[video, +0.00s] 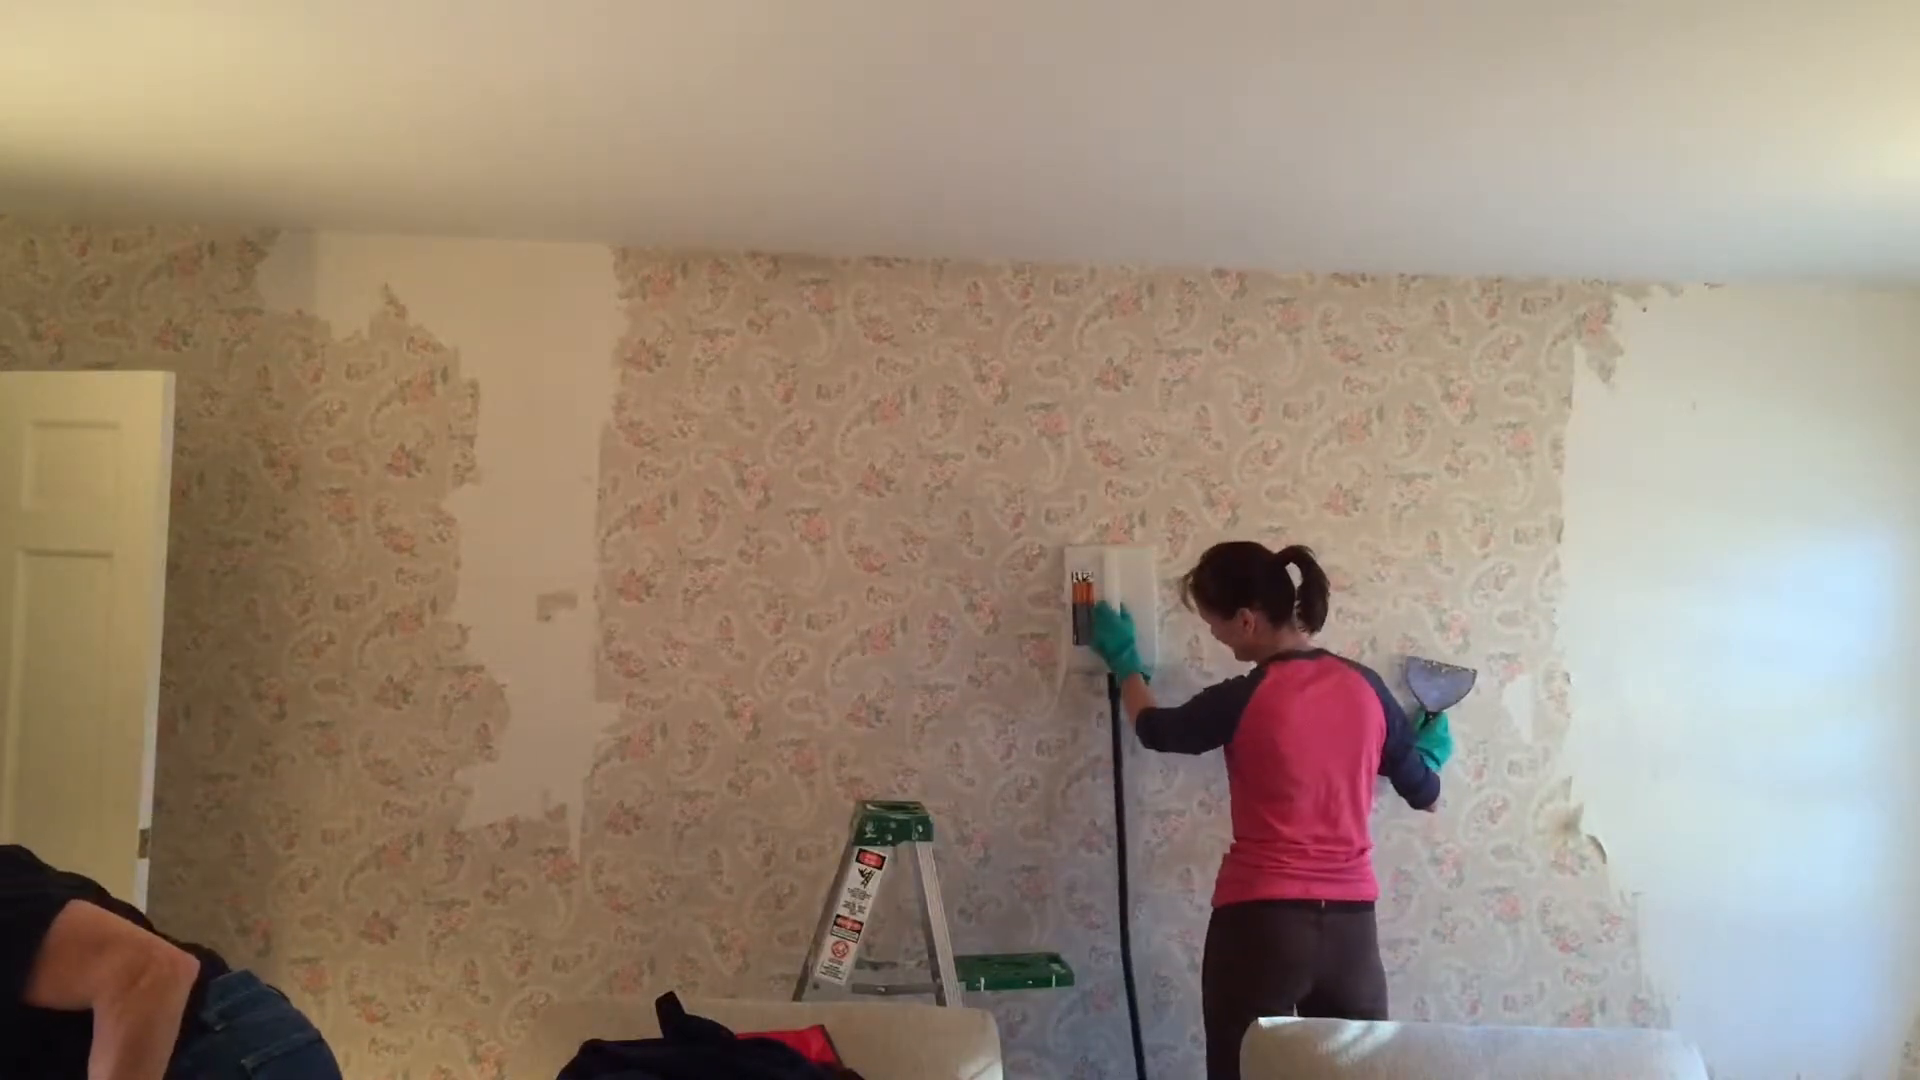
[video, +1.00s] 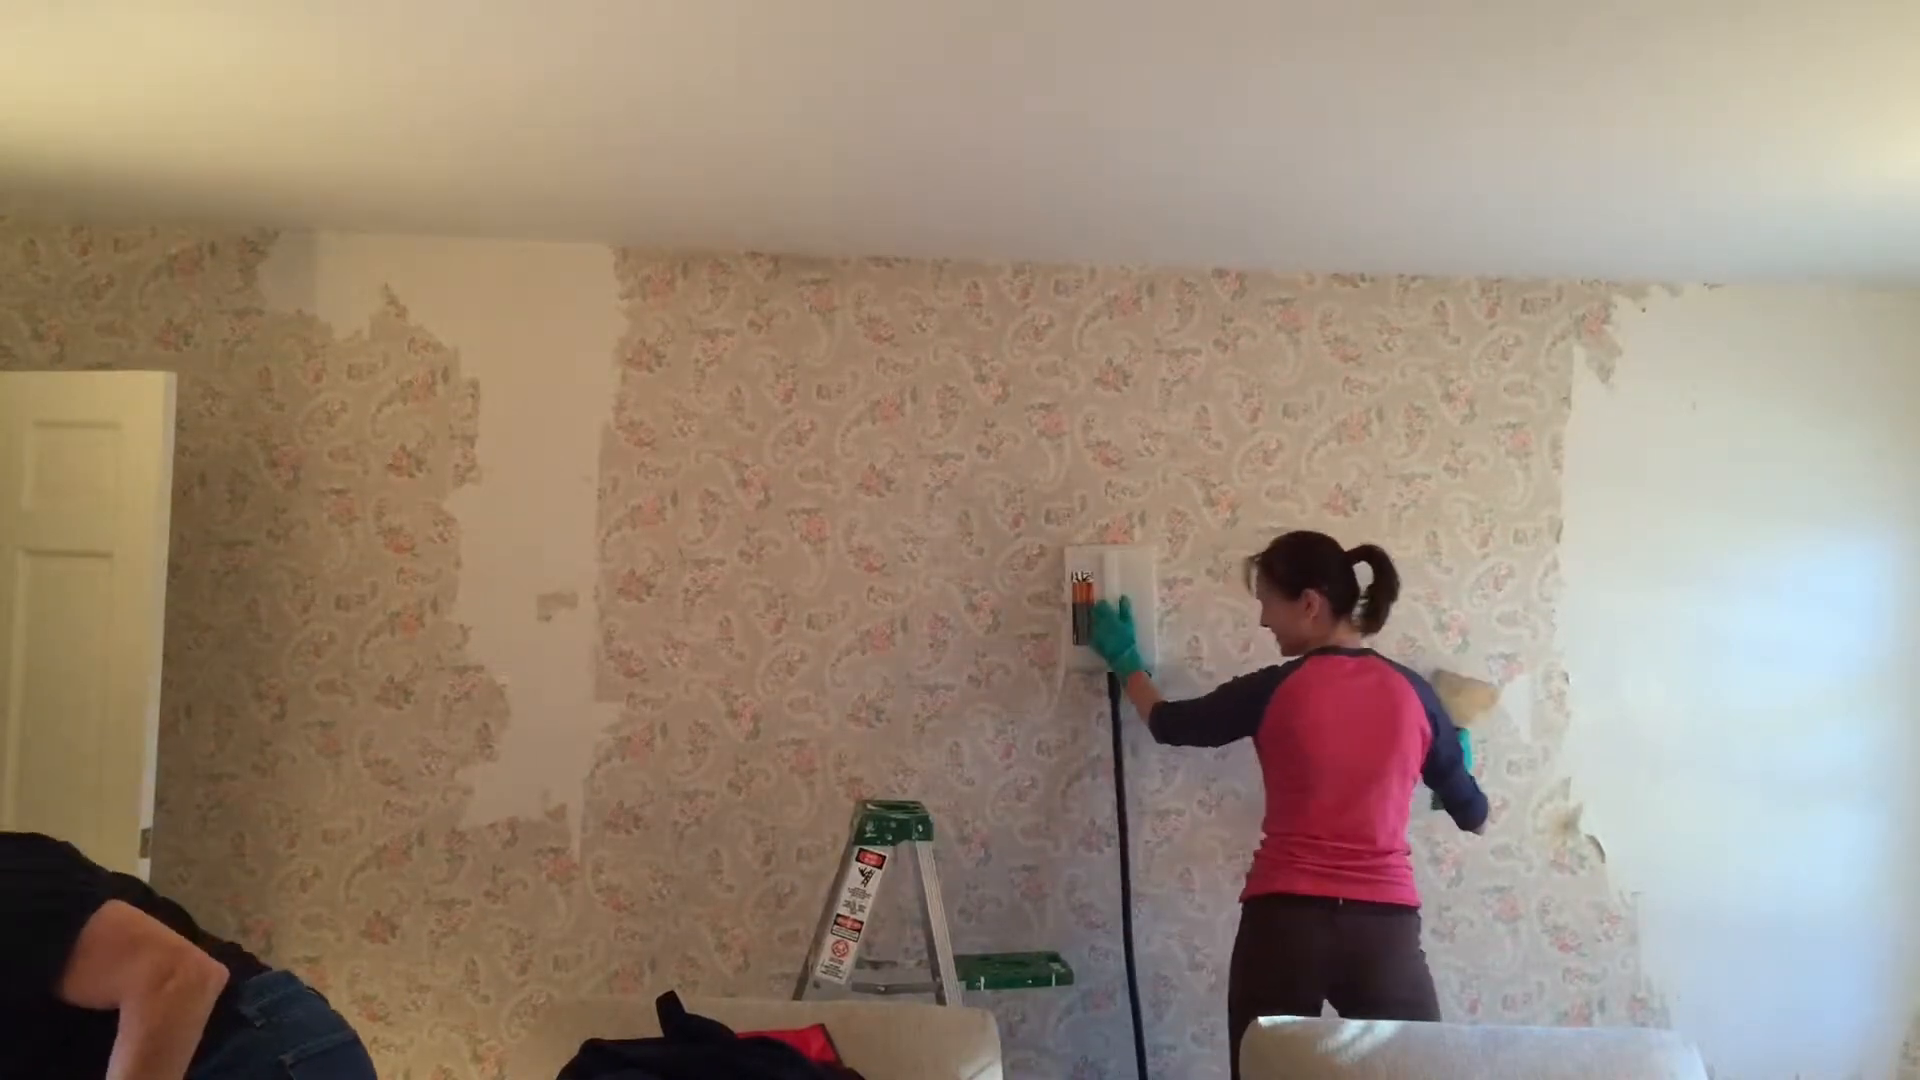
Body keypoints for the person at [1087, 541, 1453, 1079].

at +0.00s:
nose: (1214, 635)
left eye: (1213, 622)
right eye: (1208, 622)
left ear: (1247, 620)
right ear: (1285, 611)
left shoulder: (1245, 696)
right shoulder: (1367, 689)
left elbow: (1154, 729)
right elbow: (1423, 791)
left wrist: (1125, 664)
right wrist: (1432, 752)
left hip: (1259, 932)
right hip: (1351, 933)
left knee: (1240, 1074)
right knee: (1362, 1076)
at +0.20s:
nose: (1219, 631)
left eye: (1218, 618)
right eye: (1215, 618)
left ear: (1251, 618)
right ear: (1296, 608)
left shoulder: (1247, 696)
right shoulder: (1372, 693)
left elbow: (1155, 724)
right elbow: (1428, 792)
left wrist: (1125, 662)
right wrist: (1434, 753)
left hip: (1253, 934)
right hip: (1345, 935)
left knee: (1236, 1075)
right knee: (1357, 1077)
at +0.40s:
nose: (1226, 629)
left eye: (1224, 616)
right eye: (1221, 616)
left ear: (1256, 615)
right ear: (1302, 605)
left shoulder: (1246, 693)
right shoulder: (1373, 694)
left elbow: (1154, 724)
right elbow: (1428, 793)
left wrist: (1124, 662)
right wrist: (1435, 754)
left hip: (1250, 934)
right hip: (1344, 936)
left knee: (1235, 1075)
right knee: (1357, 1076)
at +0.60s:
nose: (1224, 622)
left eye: (1227, 607)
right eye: (1221, 608)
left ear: (1267, 607)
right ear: (1298, 604)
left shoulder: (1246, 691)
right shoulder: (1377, 694)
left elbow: (1154, 725)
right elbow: (1430, 794)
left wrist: (1123, 661)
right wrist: (1435, 753)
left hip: (1252, 933)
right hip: (1348, 934)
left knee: (1239, 1074)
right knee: (1364, 1076)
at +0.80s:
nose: (1238, 622)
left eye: (1240, 606)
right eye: (1235, 608)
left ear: (1278, 606)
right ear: (1308, 604)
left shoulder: (1252, 688)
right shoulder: (1386, 691)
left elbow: (1156, 727)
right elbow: (1443, 796)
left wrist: (1123, 662)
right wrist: (1435, 741)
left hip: (1262, 933)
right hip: (1362, 935)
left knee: (1248, 1075)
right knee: (1385, 1075)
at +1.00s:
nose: (1262, 617)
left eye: (1266, 600)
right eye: (1261, 601)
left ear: (1310, 605)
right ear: (1319, 603)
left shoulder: (1276, 686)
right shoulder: (1415, 693)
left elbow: (1167, 723)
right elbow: (1473, 815)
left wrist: (1123, 657)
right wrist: (1455, 766)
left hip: (1280, 934)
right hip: (1383, 939)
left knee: (1262, 1073)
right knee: (1419, 1076)